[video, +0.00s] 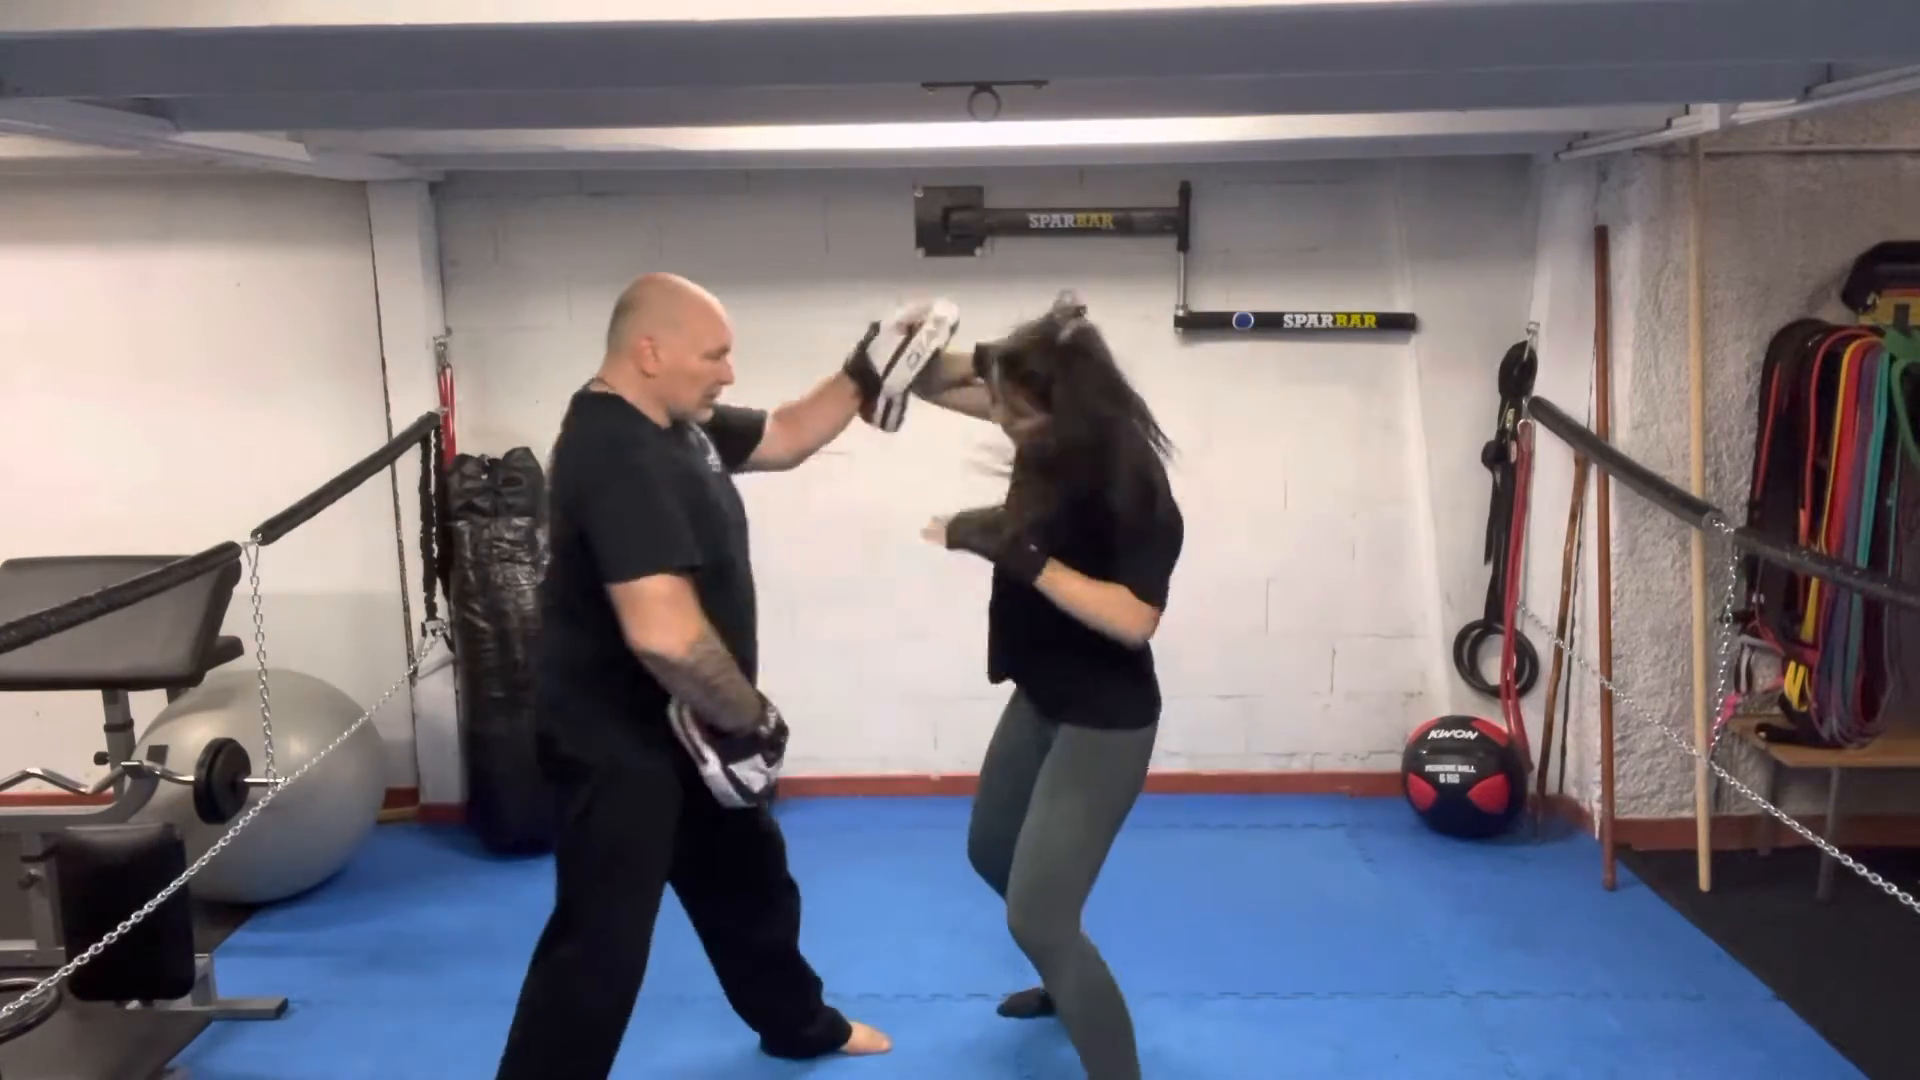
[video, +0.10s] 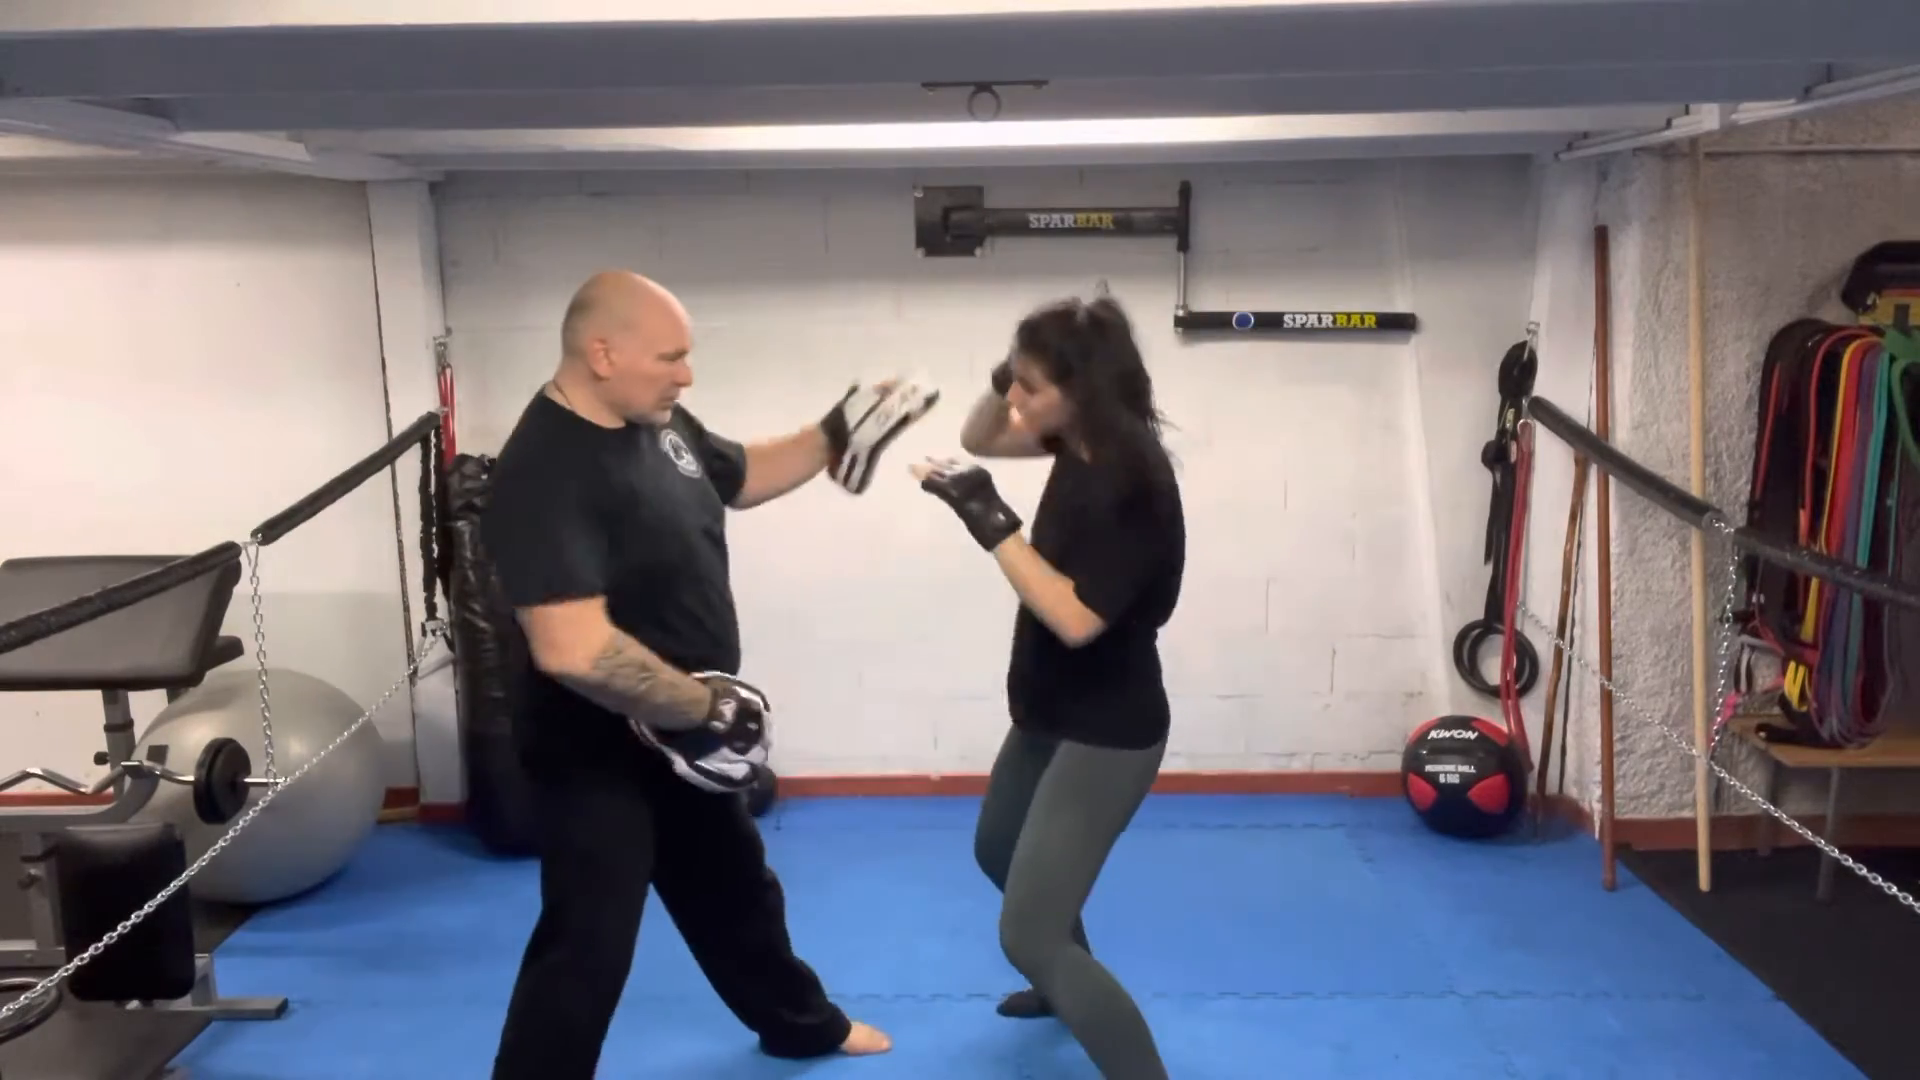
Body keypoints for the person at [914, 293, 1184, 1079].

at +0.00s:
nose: (1005, 425)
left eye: (1015, 415)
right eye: (1003, 412)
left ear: (1057, 409)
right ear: (1047, 400)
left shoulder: (1129, 477)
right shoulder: (1053, 432)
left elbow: (1135, 619)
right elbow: (940, 387)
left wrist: (1021, 556)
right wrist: (910, 343)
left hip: (1109, 721)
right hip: (1042, 699)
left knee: (1042, 920)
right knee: (994, 849)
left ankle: (1117, 1072)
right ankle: (1069, 980)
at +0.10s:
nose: (1011, 400)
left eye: (1028, 389)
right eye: (1012, 383)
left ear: (1079, 393)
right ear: (1065, 391)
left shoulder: (1133, 481)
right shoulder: (1077, 441)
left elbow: (1078, 619)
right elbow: (982, 437)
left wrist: (991, 520)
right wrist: (1016, 375)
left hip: (1111, 732)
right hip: (1050, 714)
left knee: (1034, 938)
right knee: (1000, 849)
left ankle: (1145, 1073)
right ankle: (1068, 979)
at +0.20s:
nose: (1020, 380)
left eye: (1036, 368)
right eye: (1023, 366)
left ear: (1088, 384)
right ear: (1085, 383)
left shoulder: (1127, 485)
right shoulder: (1118, 455)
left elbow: (1036, 605)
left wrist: (973, 496)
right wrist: (1030, 438)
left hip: (1127, 749)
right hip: (1077, 729)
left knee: (1057, 970)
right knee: (1022, 851)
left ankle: (1156, 1074)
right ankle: (1069, 984)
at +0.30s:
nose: (1027, 370)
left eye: (1041, 356)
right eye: (1032, 354)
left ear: (1092, 368)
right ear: (1093, 367)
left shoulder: (1131, 474)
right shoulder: (1166, 456)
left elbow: (1035, 599)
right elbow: (1127, 569)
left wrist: (970, 493)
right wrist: (1052, 503)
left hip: (1149, 766)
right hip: (1132, 744)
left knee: (1083, 984)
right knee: (1066, 849)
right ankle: (1078, 989)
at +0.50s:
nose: (1056, 369)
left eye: (1069, 349)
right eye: (1059, 349)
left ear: (1119, 353)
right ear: (1142, 354)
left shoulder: (1159, 460)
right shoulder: (1208, 446)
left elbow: (1092, 601)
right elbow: (1171, 582)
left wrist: (1017, 512)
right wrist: (1087, 522)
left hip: (1197, 779)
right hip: (1249, 757)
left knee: (1108, 979)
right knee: (1176, 879)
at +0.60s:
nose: (1077, 365)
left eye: (1089, 346)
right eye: (1080, 345)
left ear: (1138, 351)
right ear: (1160, 350)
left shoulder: (1192, 451)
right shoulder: (1223, 437)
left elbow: (1148, 602)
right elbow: (1189, 566)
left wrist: (1054, 529)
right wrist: (1105, 507)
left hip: (1232, 758)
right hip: (1282, 733)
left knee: (1129, 969)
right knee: (1242, 886)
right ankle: (1374, 1026)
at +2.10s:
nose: (1079, 419)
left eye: (1083, 399)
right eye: (1076, 400)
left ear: (1133, 394)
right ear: (1143, 387)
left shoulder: (1187, 457)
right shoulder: (1247, 441)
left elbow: (1153, 602)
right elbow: (1221, 574)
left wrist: (1102, 502)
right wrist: (1136, 498)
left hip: (1203, 765)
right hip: (1282, 744)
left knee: (1047, 902)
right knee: (1199, 887)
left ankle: (1079, 1073)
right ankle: (1288, 1066)